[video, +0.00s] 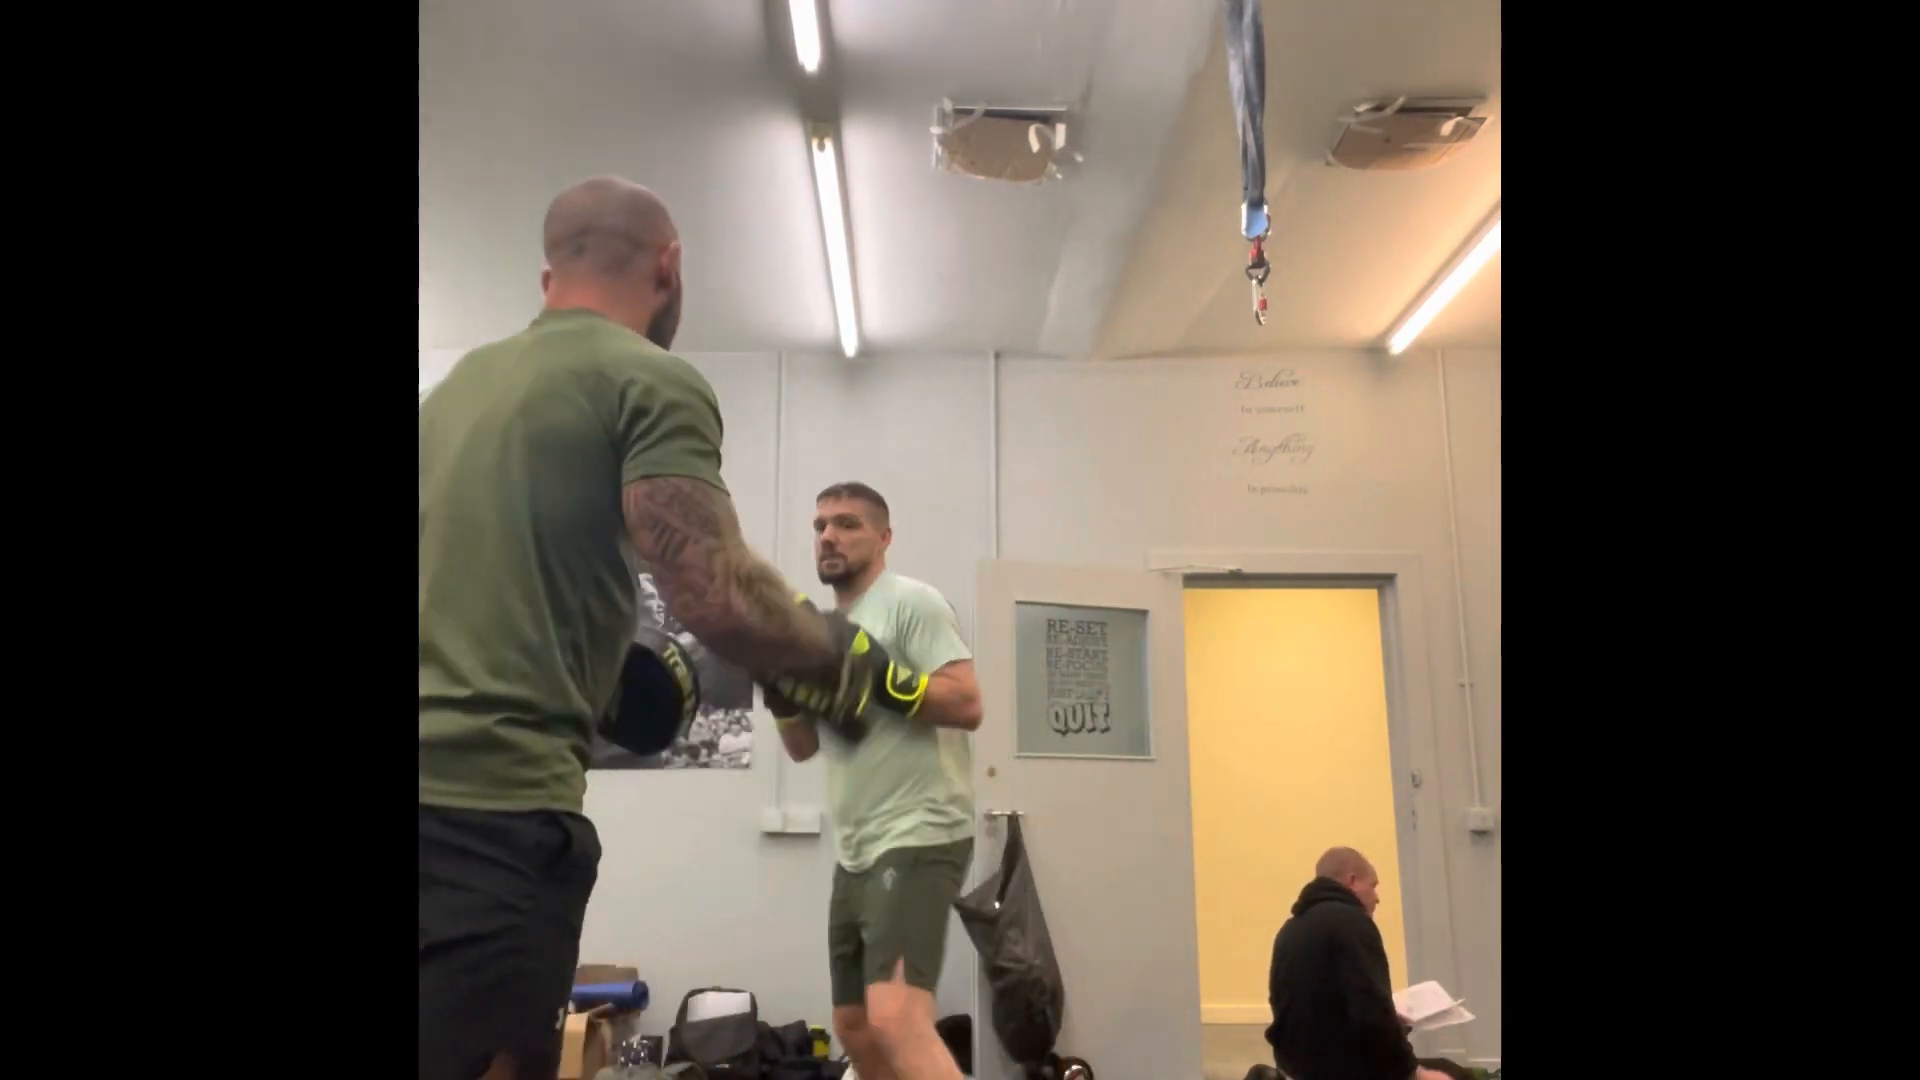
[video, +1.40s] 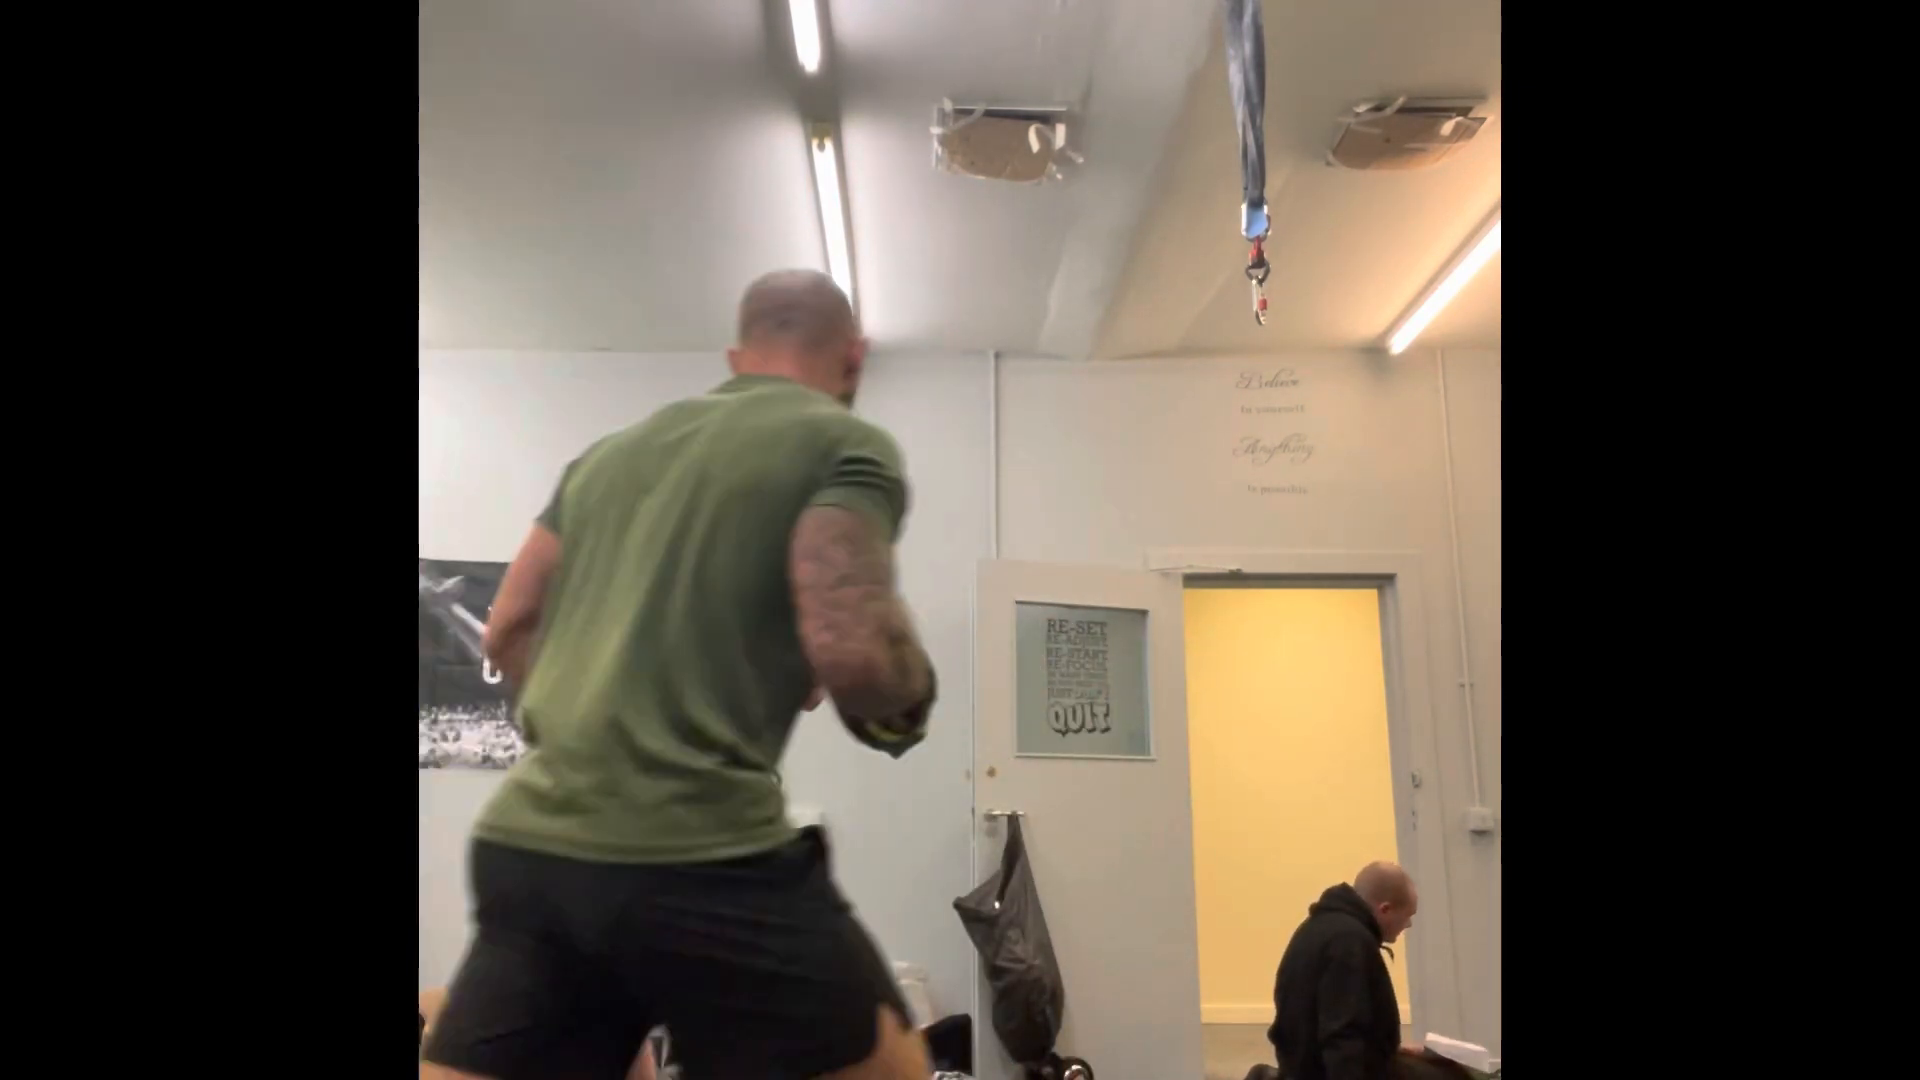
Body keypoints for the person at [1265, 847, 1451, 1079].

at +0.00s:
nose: (1377, 899)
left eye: (1376, 887)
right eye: (1373, 886)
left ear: (1323, 883)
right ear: (1352, 883)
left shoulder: (1290, 929)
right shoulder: (1352, 922)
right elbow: (1372, 1013)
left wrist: (1385, 1018)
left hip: (1299, 1065)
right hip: (1349, 1068)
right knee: (1449, 1070)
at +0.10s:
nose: (1381, 900)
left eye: (1380, 890)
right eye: (1378, 889)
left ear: (1329, 884)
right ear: (1356, 884)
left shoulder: (1292, 929)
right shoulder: (1357, 925)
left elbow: (1287, 1010)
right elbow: (1370, 1019)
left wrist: (1383, 1017)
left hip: (1299, 1066)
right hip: (1351, 1071)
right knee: (1450, 1071)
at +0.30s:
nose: (1397, 912)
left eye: (1399, 900)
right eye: (1396, 899)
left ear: (1349, 889)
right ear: (1374, 890)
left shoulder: (1306, 928)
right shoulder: (1374, 932)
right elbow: (1381, 1033)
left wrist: (1394, 1023)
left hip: (1296, 1065)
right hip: (1348, 1071)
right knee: (1450, 1071)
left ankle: (1276, 1074)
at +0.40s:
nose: (1410, 919)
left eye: (1412, 908)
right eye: (1409, 906)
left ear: (1360, 891)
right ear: (1389, 896)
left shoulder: (1319, 925)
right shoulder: (1384, 932)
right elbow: (1385, 1032)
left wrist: (1401, 1042)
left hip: (1295, 1060)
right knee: (1451, 1073)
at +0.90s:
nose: (1402, 911)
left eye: (1402, 899)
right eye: (1399, 897)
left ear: (1350, 886)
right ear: (1376, 887)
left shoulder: (1310, 926)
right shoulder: (1376, 929)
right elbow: (1378, 1027)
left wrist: (1400, 1042)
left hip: (1297, 1059)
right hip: (1349, 1067)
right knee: (1458, 1072)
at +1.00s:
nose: (1400, 909)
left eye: (1400, 898)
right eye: (1397, 896)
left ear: (1369, 889)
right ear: (1373, 888)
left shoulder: (1312, 924)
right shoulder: (1366, 926)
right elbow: (1355, 1013)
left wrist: (1397, 1039)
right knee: (1453, 1073)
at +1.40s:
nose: (1409, 925)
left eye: (1411, 916)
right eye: (1407, 916)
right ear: (1384, 910)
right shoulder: (1351, 940)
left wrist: (1391, 1050)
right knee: (1445, 1072)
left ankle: (1271, 1074)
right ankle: (1271, 1074)